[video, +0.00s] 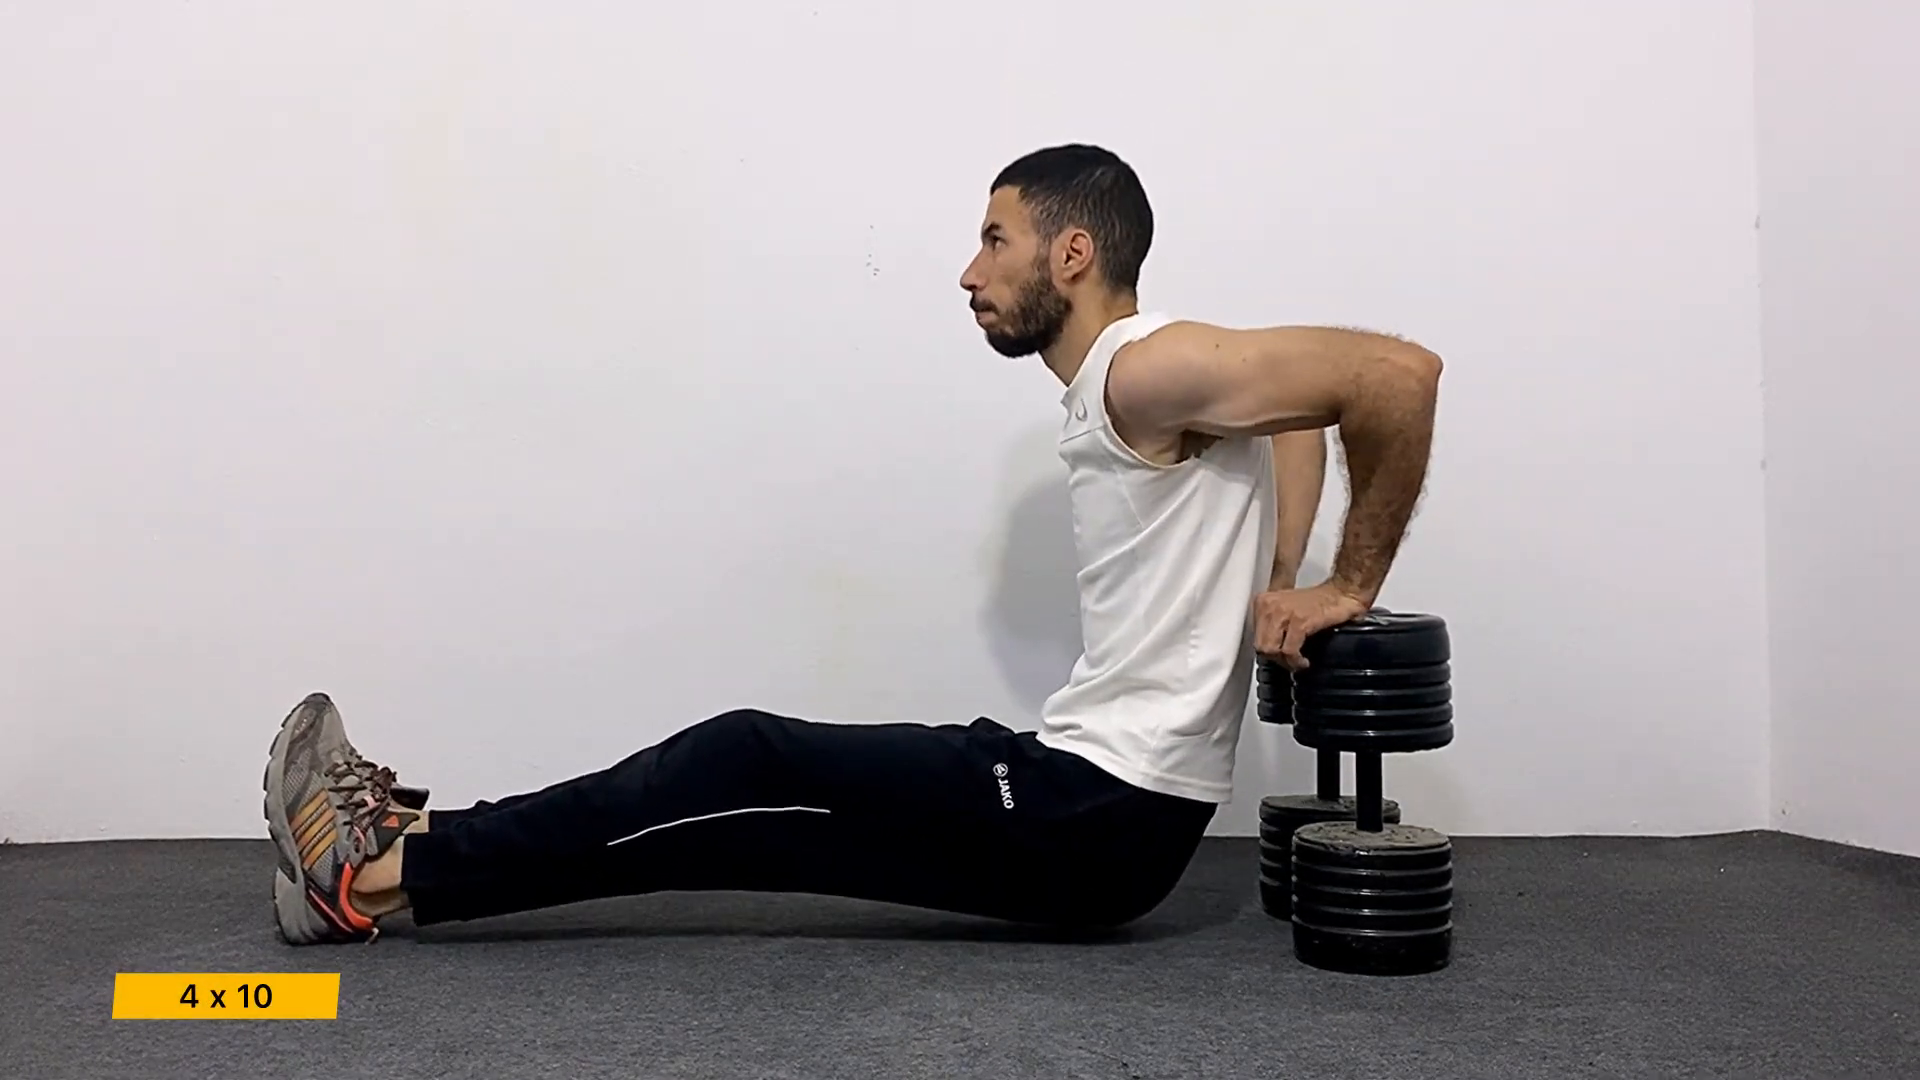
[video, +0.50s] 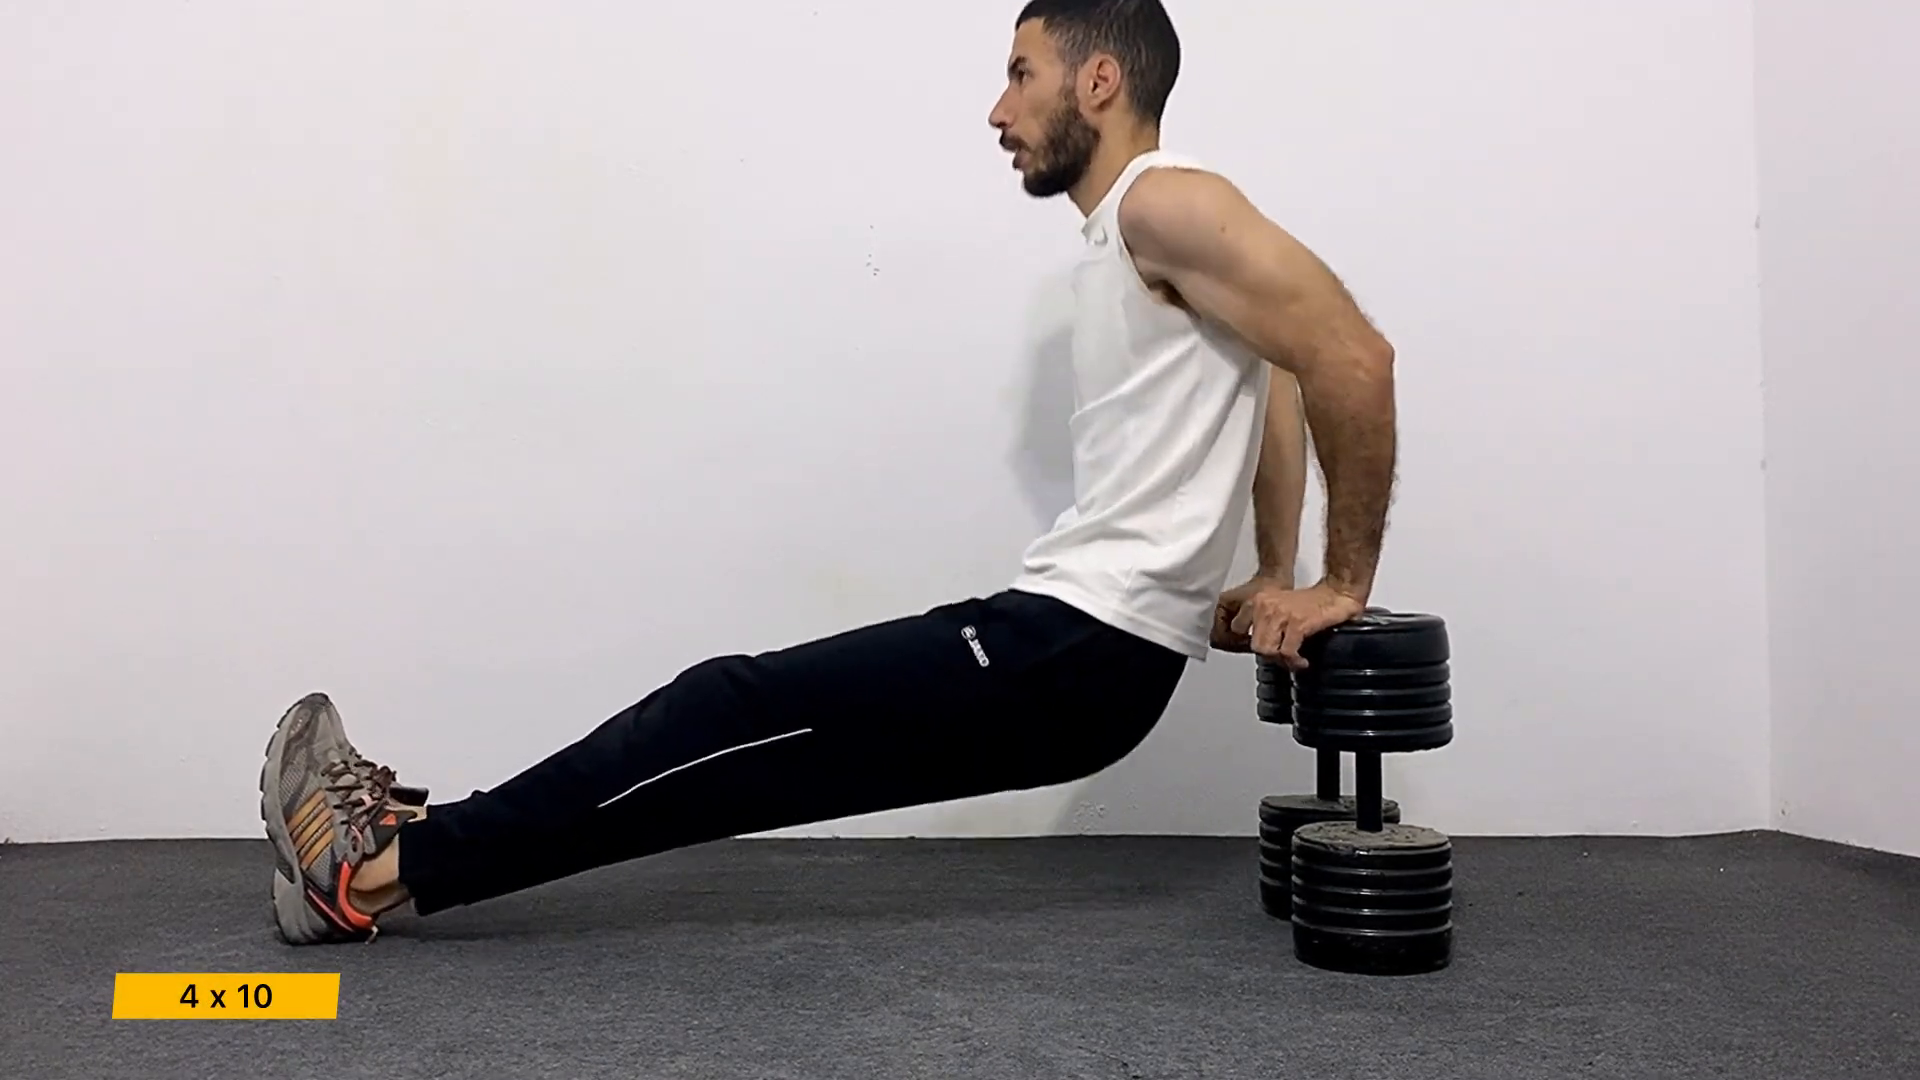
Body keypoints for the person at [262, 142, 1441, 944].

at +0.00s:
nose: (972, 276)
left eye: (995, 244)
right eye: (980, 246)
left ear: (1078, 251)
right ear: (1083, 253)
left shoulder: (1143, 370)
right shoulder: (1138, 373)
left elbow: (1401, 381)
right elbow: (1300, 412)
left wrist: (1354, 592)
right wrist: (1279, 580)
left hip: (1095, 808)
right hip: (1092, 799)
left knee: (737, 756)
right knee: (726, 821)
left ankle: (381, 873)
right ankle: (417, 848)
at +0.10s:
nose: (973, 269)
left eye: (995, 238)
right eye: (981, 240)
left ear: (1079, 244)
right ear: (1081, 246)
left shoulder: (1144, 363)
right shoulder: (1131, 367)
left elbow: (1401, 380)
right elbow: (1303, 405)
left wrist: (1354, 591)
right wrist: (1280, 577)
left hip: (1098, 799)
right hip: (1090, 787)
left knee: (737, 754)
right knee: (727, 805)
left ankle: (382, 875)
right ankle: (422, 845)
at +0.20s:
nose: (973, 246)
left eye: (995, 214)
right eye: (981, 217)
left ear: (1082, 223)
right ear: (1083, 224)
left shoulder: (1143, 343)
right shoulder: (1126, 343)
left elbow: (1399, 377)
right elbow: (1303, 388)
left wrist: (1356, 590)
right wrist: (1281, 575)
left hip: (1104, 776)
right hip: (1086, 753)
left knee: (738, 752)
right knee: (734, 768)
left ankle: (393, 873)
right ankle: (422, 844)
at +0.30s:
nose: (979, 206)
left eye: (999, 175)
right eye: (985, 179)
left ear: (1085, 182)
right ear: (1090, 187)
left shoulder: (1151, 304)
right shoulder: (1128, 310)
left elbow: (1395, 371)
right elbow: (1300, 385)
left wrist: (1355, 587)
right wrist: (1279, 571)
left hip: (1100, 740)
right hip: (1077, 722)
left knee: (732, 742)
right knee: (732, 755)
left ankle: (380, 875)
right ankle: (413, 849)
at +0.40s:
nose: (987, 158)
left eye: (1008, 126)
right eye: (994, 128)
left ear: (1092, 134)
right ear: (1096, 140)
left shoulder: (1158, 255)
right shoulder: (1137, 269)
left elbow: (1380, 362)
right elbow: (1297, 377)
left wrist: (1352, 585)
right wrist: (1274, 576)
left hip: (1092, 692)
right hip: (1082, 685)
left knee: (730, 722)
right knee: (730, 759)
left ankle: (395, 863)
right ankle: (409, 858)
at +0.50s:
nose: (1000, 104)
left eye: (1023, 74)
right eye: (1006, 76)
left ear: (1102, 83)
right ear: (1095, 90)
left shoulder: (1172, 207)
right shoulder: (1144, 231)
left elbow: (1355, 358)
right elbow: (1276, 400)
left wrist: (1351, 585)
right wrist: (1269, 580)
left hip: (1084, 647)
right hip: (1071, 636)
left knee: (723, 724)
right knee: (724, 715)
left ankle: (390, 875)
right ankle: (416, 849)